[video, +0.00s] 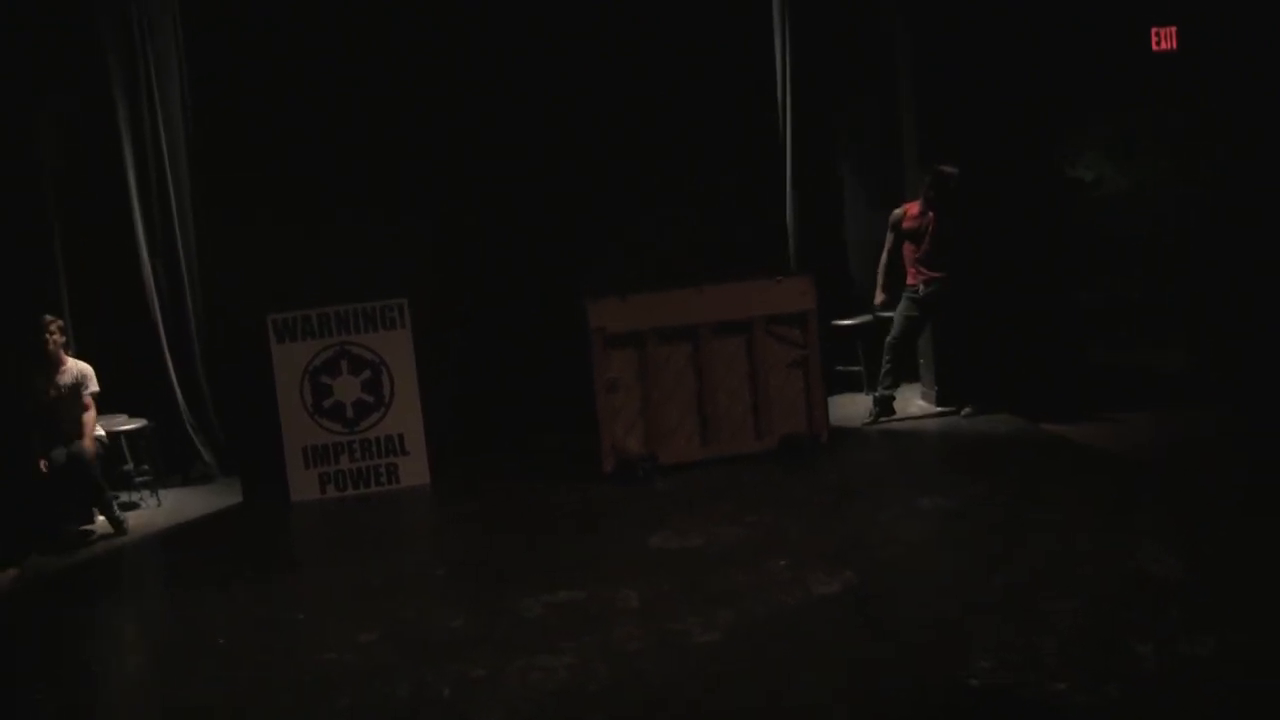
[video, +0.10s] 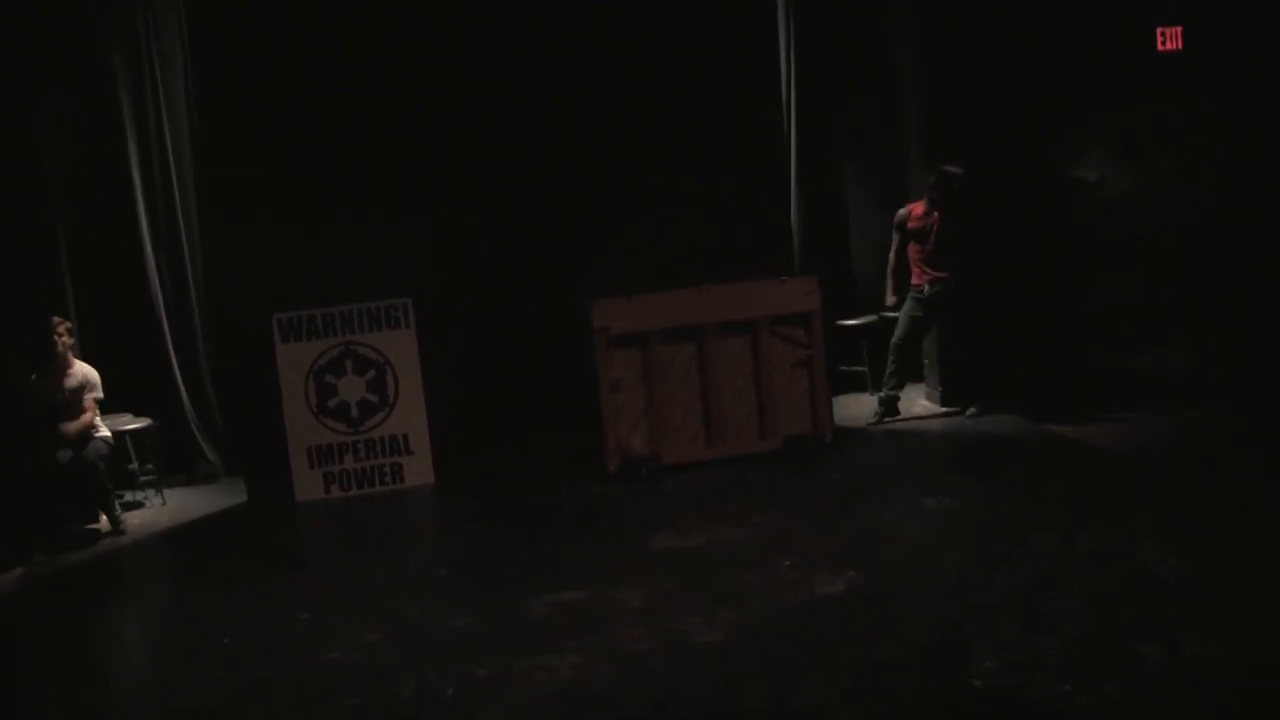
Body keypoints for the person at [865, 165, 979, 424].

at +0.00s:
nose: (934, 195)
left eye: (939, 192)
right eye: (932, 190)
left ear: (947, 193)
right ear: (924, 189)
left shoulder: (950, 215)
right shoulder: (901, 215)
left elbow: (961, 250)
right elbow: (888, 253)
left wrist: (963, 281)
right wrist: (880, 289)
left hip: (946, 288)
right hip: (914, 290)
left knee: (956, 342)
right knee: (895, 341)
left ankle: (969, 397)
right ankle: (883, 401)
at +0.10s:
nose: (938, 195)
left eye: (943, 191)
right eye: (936, 190)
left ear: (950, 193)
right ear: (928, 188)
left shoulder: (953, 215)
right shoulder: (906, 215)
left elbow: (964, 252)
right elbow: (895, 254)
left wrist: (964, 282)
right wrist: (891, 291)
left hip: (950, 290)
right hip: (918, 291)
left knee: (961, 343)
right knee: (899, 342)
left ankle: (974, 398)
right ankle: (888, 401)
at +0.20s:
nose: (944, 195)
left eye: (950, 191)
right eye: (942, 190)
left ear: (956, 193)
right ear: (935, 189)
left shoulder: (959, 215)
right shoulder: (912, 215)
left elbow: (969, 252)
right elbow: (903, 254)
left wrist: (969, 283)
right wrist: (902, 290)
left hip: (955, 289)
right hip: (924, 291)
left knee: (965, 343)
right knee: (904, 342)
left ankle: (979, 399)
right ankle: (894, 404)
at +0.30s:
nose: (947, 194)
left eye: (952, 189)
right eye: (944, 188)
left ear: (960, 192)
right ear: (937, 188)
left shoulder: (965, 216)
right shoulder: (918, 215)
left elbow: (974, 253)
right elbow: (905, 252)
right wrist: (906, 285)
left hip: (959, 287)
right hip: (927, 287)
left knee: (962, 342)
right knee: (912, 345)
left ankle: (968, 397)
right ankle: (901, 404)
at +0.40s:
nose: (948, 194)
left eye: (952, 189)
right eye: (945, 188)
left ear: (960, 191)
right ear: (938, 189)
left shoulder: (968, 216)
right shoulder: (920, 216)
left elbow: (978, 250)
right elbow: (906, 251)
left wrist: (971, 279)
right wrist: (915, 277)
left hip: (959, 288)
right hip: (931, 287)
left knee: (963, 345)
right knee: (917, 347)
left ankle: (971, 404)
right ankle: (906, 405)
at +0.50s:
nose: (952, 191)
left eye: (954, 186)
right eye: (948, 186)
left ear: (959, 190)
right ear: (939, 189)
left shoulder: (967, 216)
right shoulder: (925, 218)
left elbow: (978, 248)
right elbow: (918, 255)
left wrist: (969, 267)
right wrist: (937, 264)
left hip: (964, 287)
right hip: (937, 287)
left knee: (968, 346)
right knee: (924, 347)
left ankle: (979, 401)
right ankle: (912, 405)